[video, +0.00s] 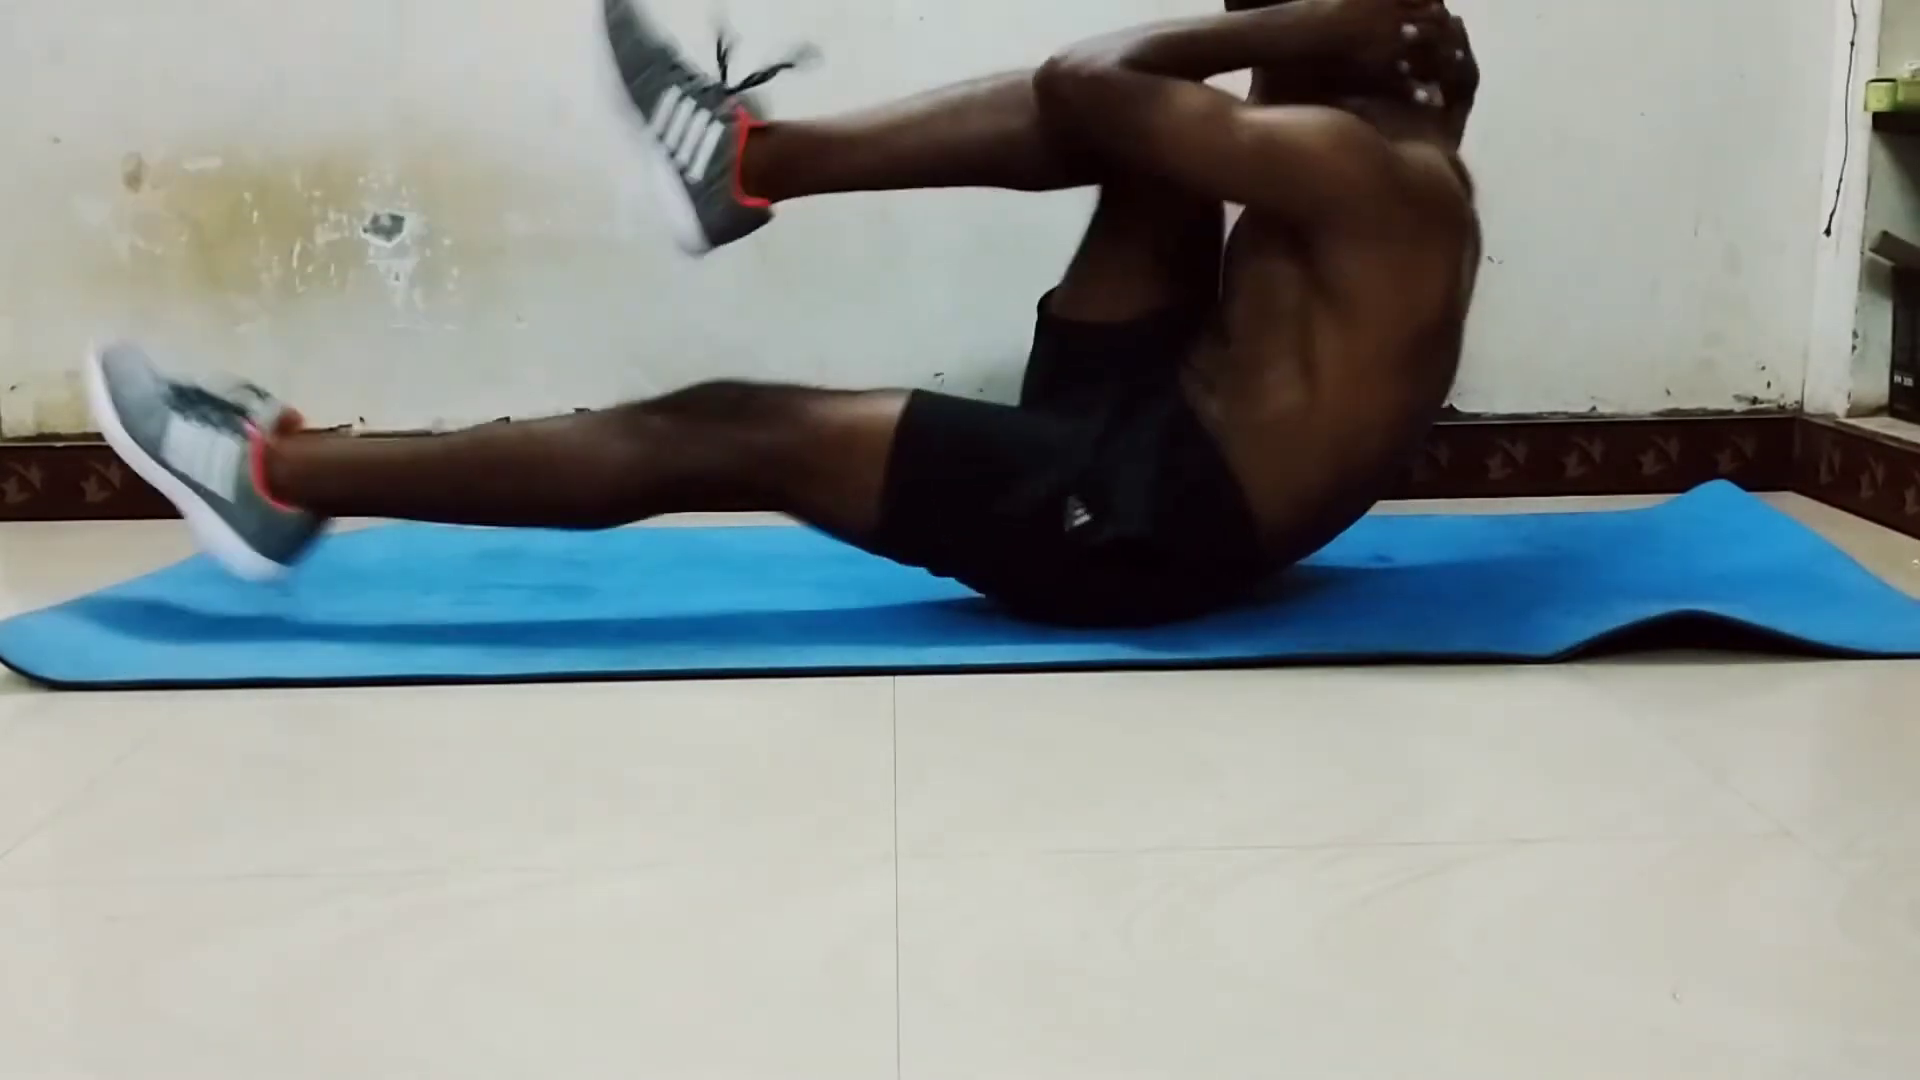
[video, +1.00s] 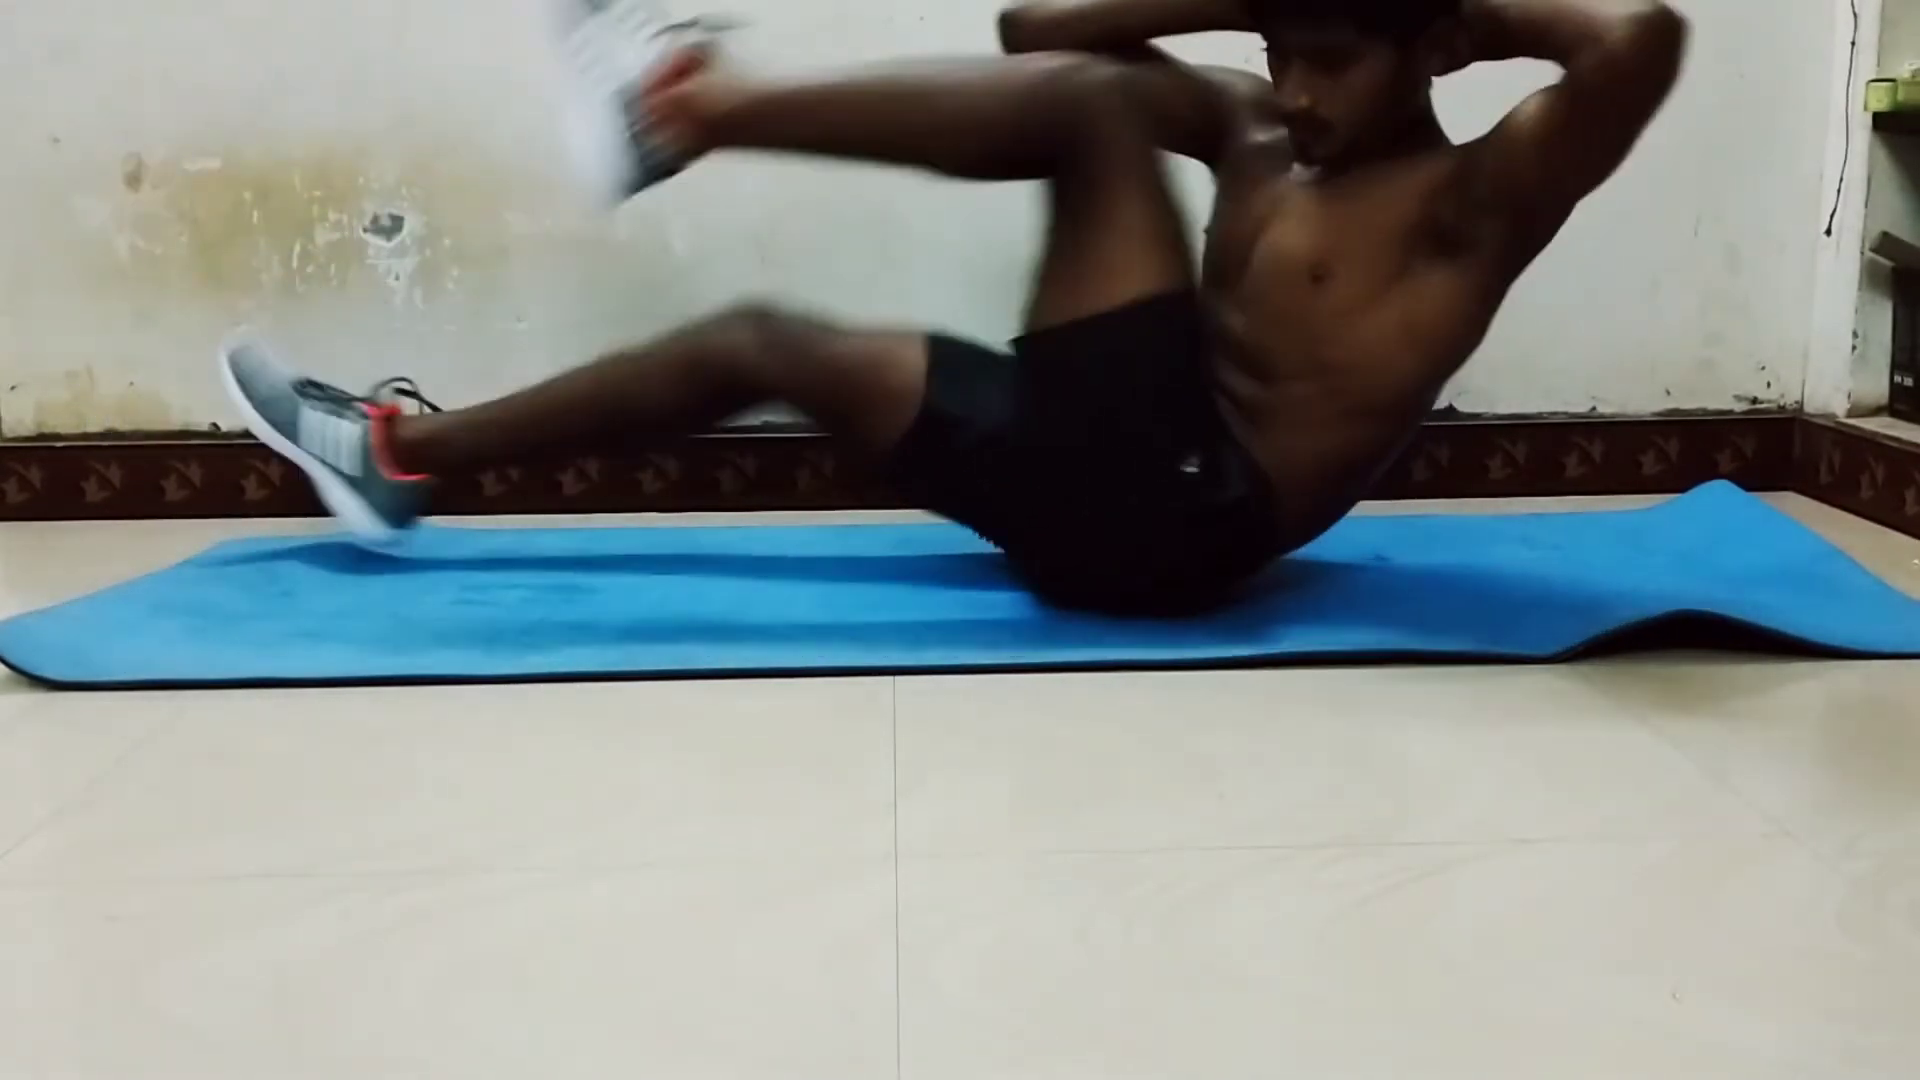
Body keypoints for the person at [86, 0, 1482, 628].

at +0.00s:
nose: (1254, 75)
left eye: (1296, 52)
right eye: (1280, 47)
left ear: (1392, 66)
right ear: (1409, 74)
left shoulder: (1367, 170)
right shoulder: (1388, 166)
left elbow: (1072, 106)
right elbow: (1109, 88)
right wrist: (1343, 39)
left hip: (1132, 517)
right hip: (1143, 440)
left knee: (731, 430)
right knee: (1150, 123)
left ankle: (285, 472)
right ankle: (757, 161)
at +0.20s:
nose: (1274, 66)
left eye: (1289, 49)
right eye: (1289, 45)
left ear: (1365, 54)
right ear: (1386, 56)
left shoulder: (1402, 166)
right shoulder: (1389, 167)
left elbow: (1136, 62)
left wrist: (1360, 60)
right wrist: (1322, 67)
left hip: (1148, 514)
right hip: (1148, 427)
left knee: (762, 346)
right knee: (1046, 112)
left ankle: (347, 457)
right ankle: (638, 200)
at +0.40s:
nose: (1468, 52)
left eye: (1448, 32)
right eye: (1450, 31)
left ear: (1405, 64)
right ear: (1407, 62)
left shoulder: (1438, 204)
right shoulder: (1396, 204)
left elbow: (1242, 44)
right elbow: (1248, 47)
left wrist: (1389, 26)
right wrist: (1376, 31)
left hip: (1159, 515)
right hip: (1140, 482)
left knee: (864, 193)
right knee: (862, 187)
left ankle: (487, 332)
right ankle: (495, 281)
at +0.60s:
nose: (1295, 92)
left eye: (1322, 60)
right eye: (1289, 61)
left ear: (1435, 59)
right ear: (1348, 71)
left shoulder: (1449, 192)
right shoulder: (1329, 177)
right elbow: (1128, 99)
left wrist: (1421, 58)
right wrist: (1281, 55)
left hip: (1157, 508)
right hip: (1104, 475)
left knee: (1023, 102)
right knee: (757, 332)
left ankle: (632, 183)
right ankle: (370, 337)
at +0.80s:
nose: (1297, 83)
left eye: (1334, 58)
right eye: (1289, 56)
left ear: (1413, 63)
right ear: (1282, 50)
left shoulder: (1462, 205)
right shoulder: (1242, 150)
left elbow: (1614, 40)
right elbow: (1051, 54)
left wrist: (1478, 25)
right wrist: (1229, 24)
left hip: (1172, 516)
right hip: (1065, 450)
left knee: (1148, 107)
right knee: (744, 394)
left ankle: (752, 91)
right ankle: (373, 420)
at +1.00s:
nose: (1285, 89)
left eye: (1315, 63)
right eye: (1279, 66)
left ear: (1409, 64)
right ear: (1288, 72)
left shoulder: (1478, 200)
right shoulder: (1264, 143)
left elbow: (1645, 45)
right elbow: (1034, 39)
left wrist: (1481, 28)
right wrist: (1215, 29)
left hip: (1184, 510)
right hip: (1095, 444)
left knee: (1107, 121)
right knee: (757, 344)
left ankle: (694, 123)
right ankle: (416, 459)